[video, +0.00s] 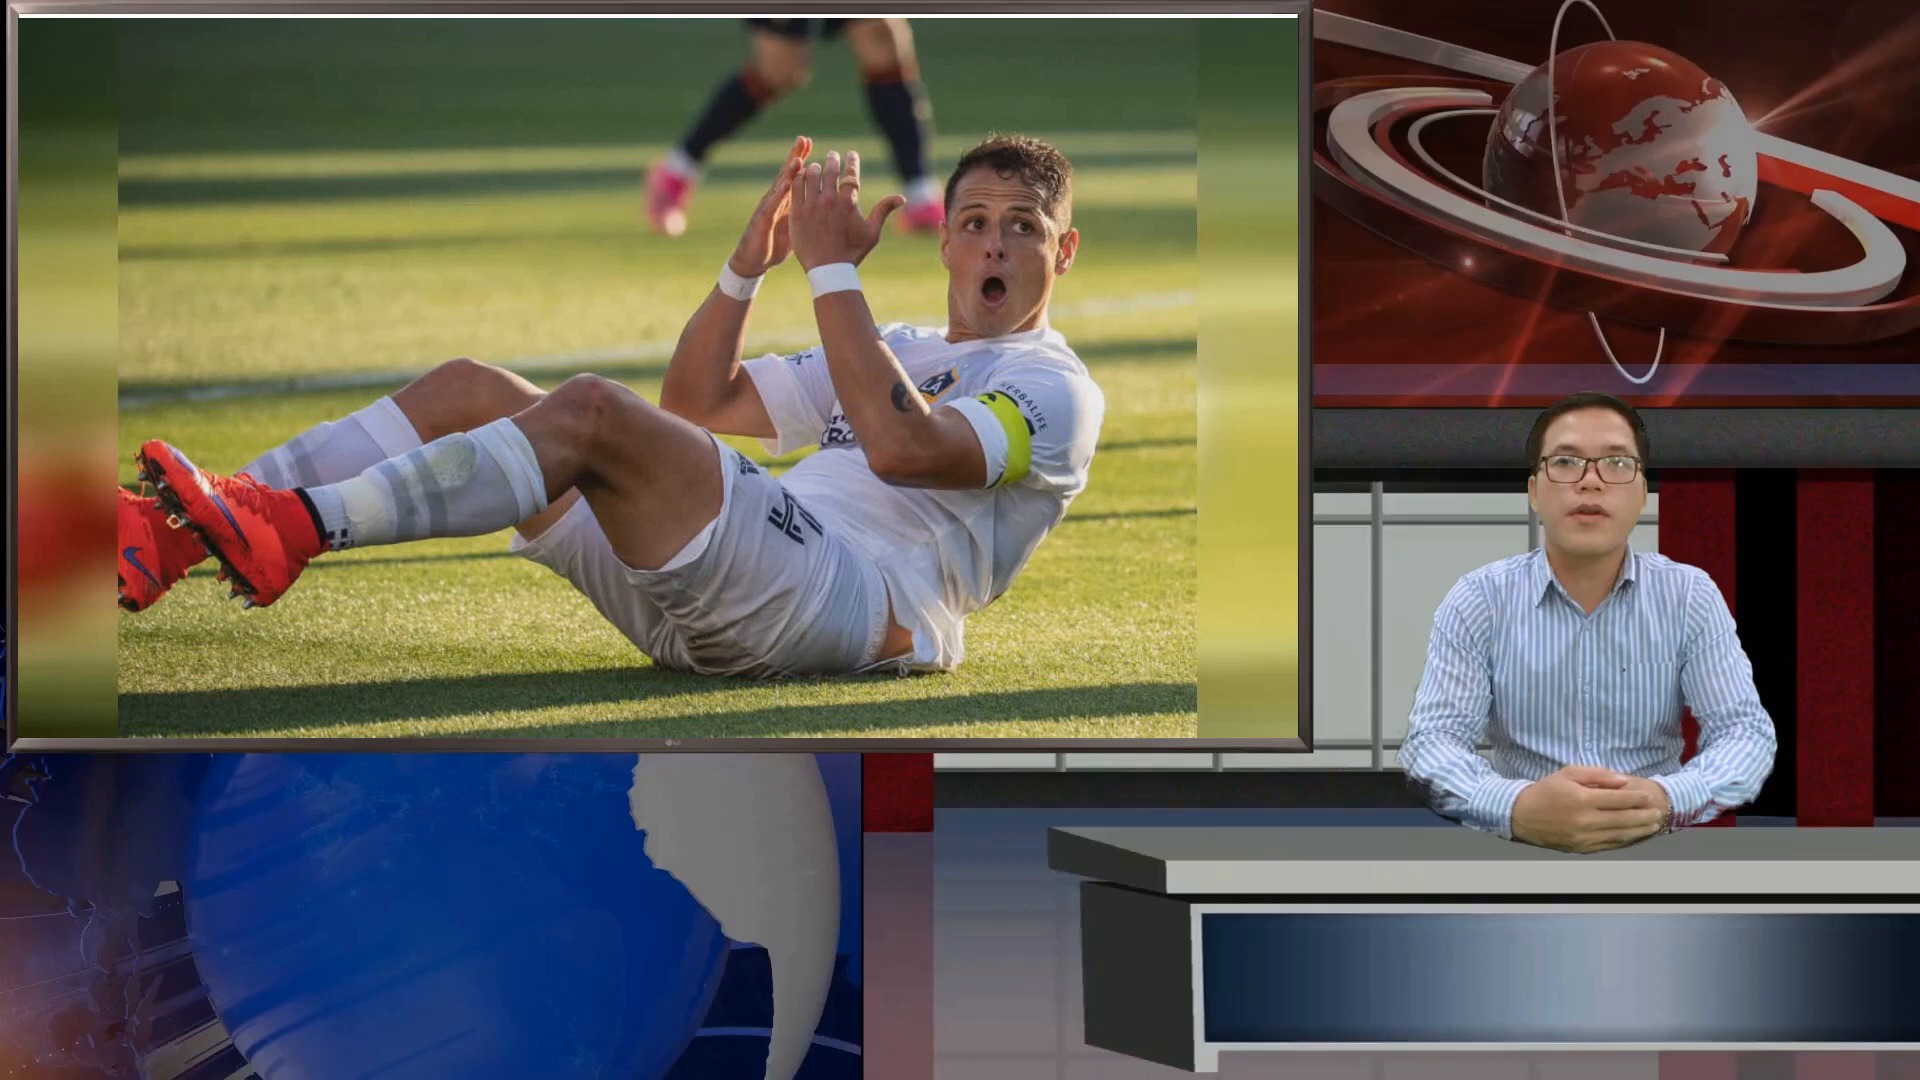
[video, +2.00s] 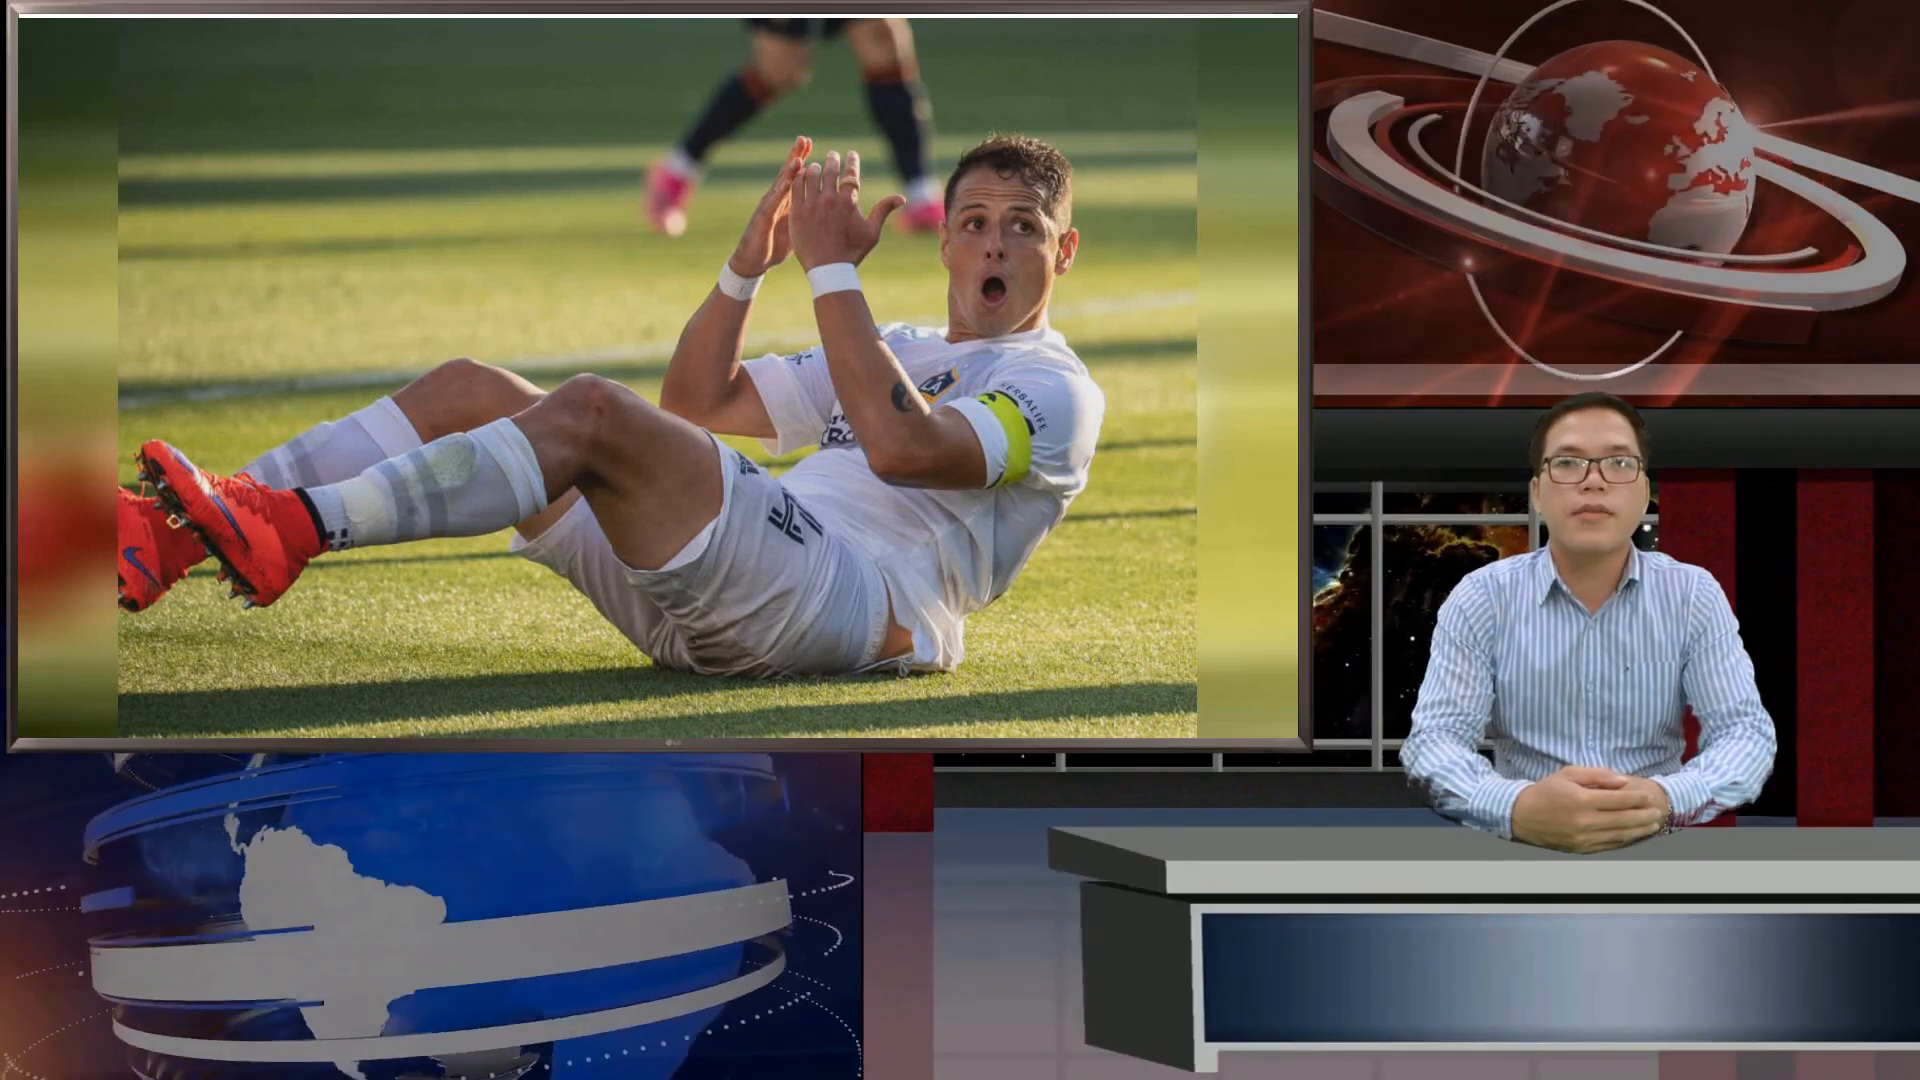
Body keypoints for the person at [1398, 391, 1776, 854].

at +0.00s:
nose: (1591, 481)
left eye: (1615, 463)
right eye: (1566, 462)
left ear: (1642, 494)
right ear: (1534, 493)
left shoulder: (1687, 598)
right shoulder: (1481, 603)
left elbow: (1745, 734)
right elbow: (1431, 746)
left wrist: (1668, 800)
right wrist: (1515, 809)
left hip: (1654, 853)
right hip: (1518, 856)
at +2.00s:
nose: (1593, 481)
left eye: (1617, 463)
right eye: (1568, 463)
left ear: (1645, 493)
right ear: (1537, 494)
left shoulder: (1689, 597)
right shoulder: (1483, 600)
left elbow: (1745, 734)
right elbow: (1432, 745)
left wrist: (1667, 800)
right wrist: (1514, 809)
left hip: (1656, 852)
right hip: (1520, 856)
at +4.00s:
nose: (1595, 482)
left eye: (1619, 464)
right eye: (1569, 464)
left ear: (1646, 495)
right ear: (1538, 495)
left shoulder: (1690, 598)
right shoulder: (1484, 601)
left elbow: (1744, 735)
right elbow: (1432, 745)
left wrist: (1667, 800)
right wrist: (1515, 809)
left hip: (1656, 852)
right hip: (1519, 855)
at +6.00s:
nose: (1596, 483)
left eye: (1620, 464)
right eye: (1570, 464)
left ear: (1647, 495)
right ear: (1539, 496)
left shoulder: (1691, 598)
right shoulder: (1484, 601)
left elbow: (1745, 735)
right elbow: (1434, 744)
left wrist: (1667, 799)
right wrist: (1514, 809)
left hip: (1656, 852)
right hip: (1519, 856)